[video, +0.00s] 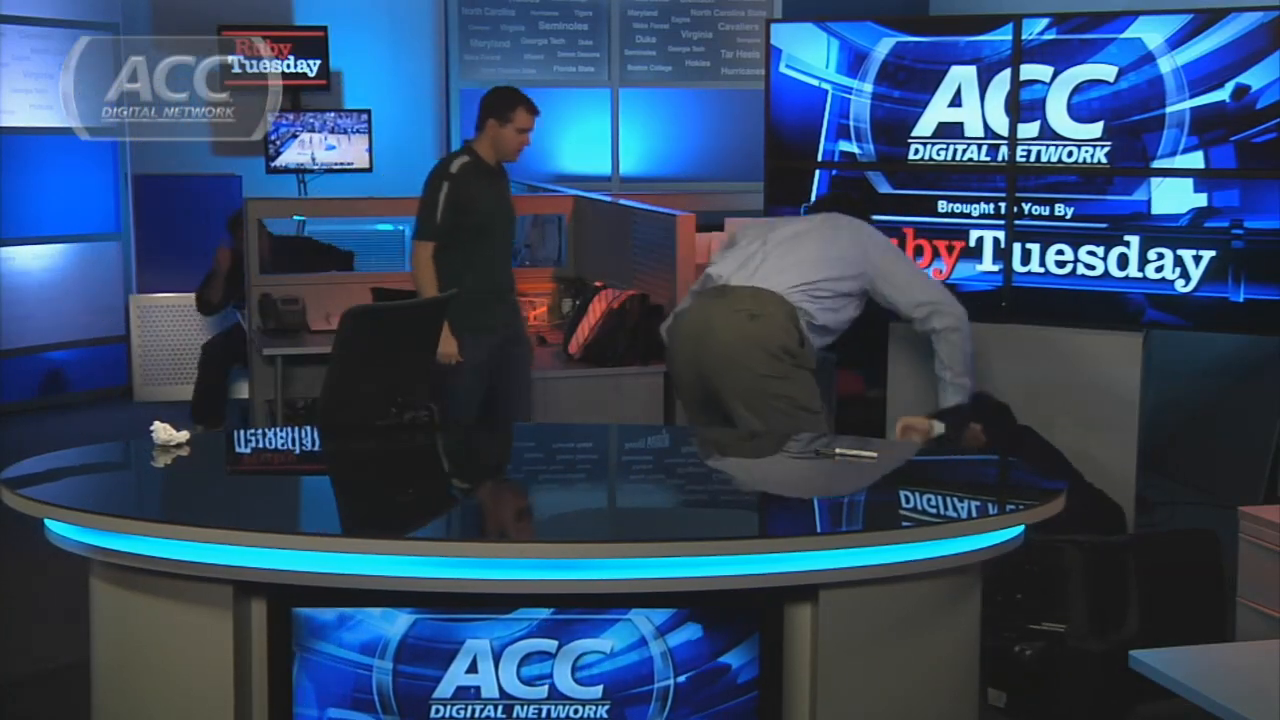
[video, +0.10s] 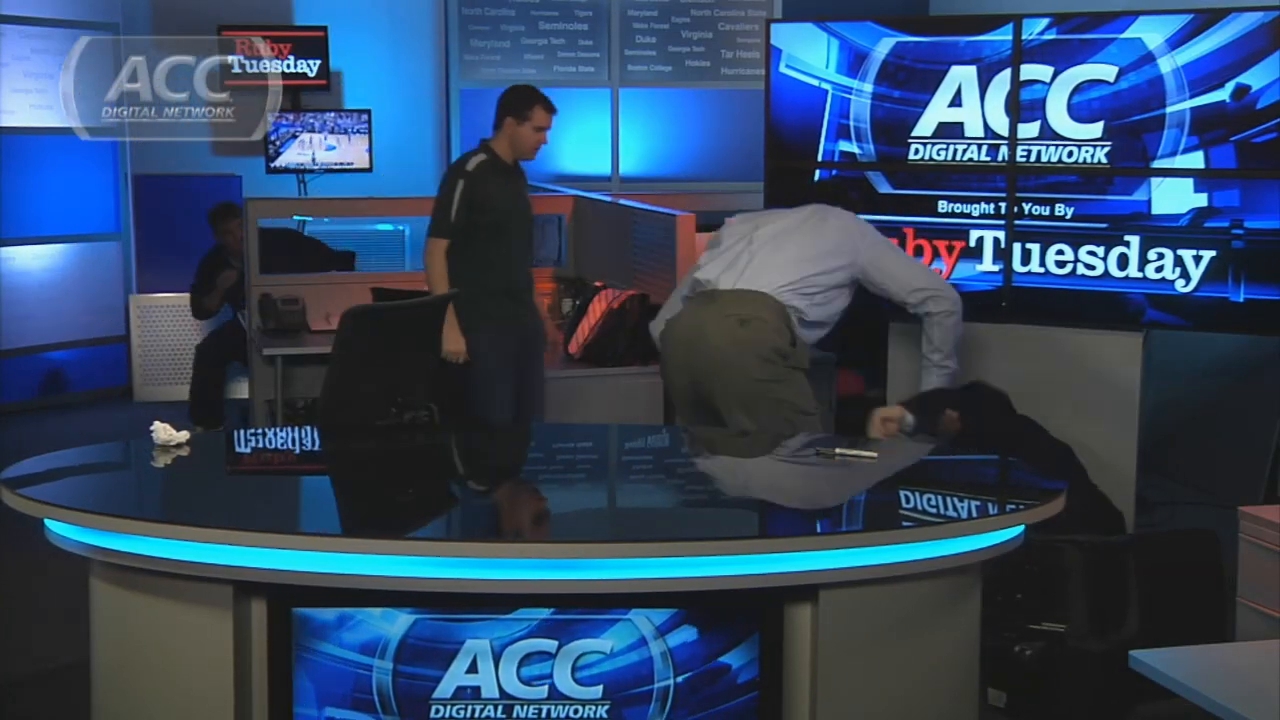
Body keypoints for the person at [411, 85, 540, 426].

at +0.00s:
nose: (526, 141)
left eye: (529, 133)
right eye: (520, 131)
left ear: (497, 128)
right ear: (492, 126)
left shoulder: (498, 176)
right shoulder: (449, 173)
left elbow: (494, 256)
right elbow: (422, 254)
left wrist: (513, 318)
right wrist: (439, 326)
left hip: (504, 324)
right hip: (464, 328)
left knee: (500, 434)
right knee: (460, 434)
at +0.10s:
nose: (544, 140)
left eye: (546, 131)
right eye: (538, 130)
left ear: (518, 127)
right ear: (509, 123)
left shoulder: (516, 178)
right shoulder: (467, 172)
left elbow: (514, 260)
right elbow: (435, 250)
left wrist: (537, 316)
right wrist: (448, 321)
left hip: (518, 320)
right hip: (479, 321)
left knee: (518, 426)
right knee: (484, 428)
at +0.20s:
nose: (559, 140)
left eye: (562, 131)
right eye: (554, 130)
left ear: (533, 125)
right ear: (526, 123)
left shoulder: (532, 177)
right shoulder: (482, 171)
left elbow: (538, 259)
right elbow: (449, 250)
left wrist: (571, 319)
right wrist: (462, 324)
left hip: (531, 322)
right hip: (492, 323)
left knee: (532, 428)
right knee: (506, 432)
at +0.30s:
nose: (576, 140)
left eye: (578, 132)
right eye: (571, 130)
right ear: (543, 123)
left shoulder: (548, 178)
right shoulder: (499, 170)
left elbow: (557, 255)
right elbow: (465, 250)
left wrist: (595, 315)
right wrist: (478, 325)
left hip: (541, 320)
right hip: (507, 321)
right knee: (545, 421)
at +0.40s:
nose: (593, 142)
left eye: (595, 134)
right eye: (588, 132)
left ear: (567, 128)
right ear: (561, 125)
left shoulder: (564, 180)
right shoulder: (516, 172)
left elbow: (573, 251)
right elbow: (483, 251)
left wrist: (612, 311)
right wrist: (496, 328)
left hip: (556, 323)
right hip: (523, 322)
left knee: (556, 427)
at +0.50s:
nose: (611, 145)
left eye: (613, 137)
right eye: (605, 135)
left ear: (581, 131)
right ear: (577, 129)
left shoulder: (578, 180)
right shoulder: (535, 175)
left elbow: (588, 252)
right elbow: (501, 256)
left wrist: (628, 311)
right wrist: (520, 332)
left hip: (571, 324)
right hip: (542, 325)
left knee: (574, 430)